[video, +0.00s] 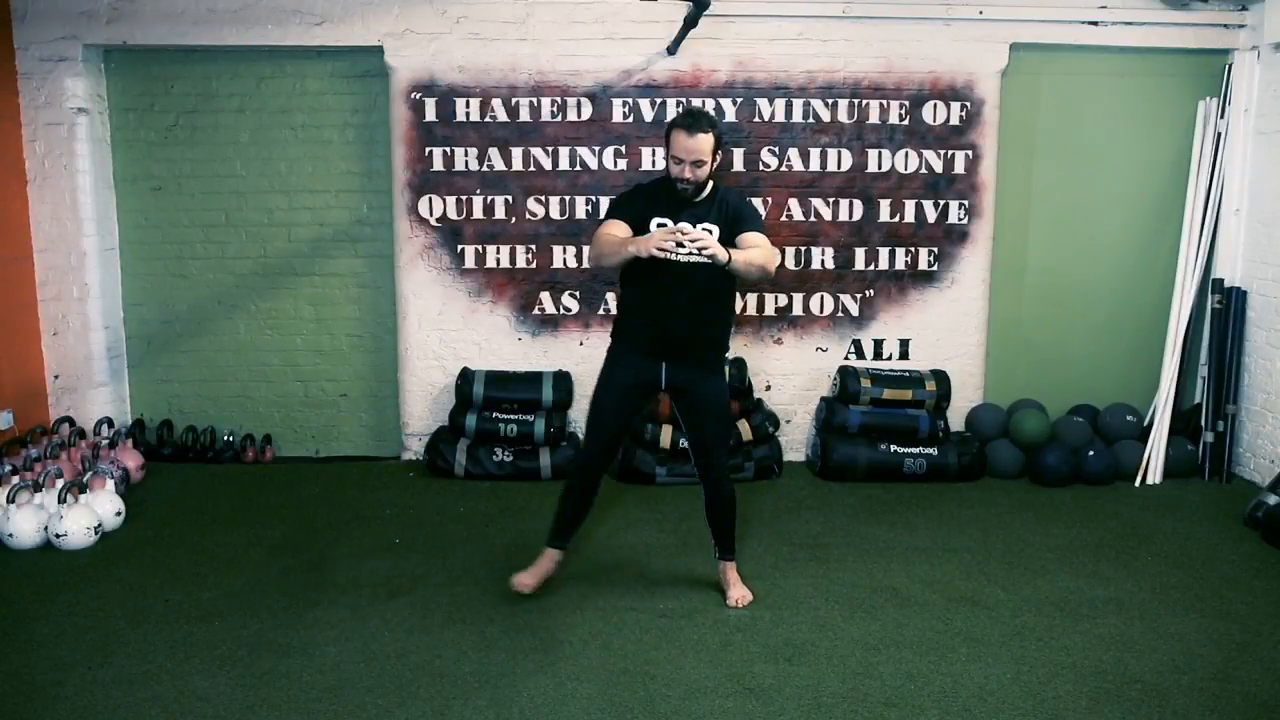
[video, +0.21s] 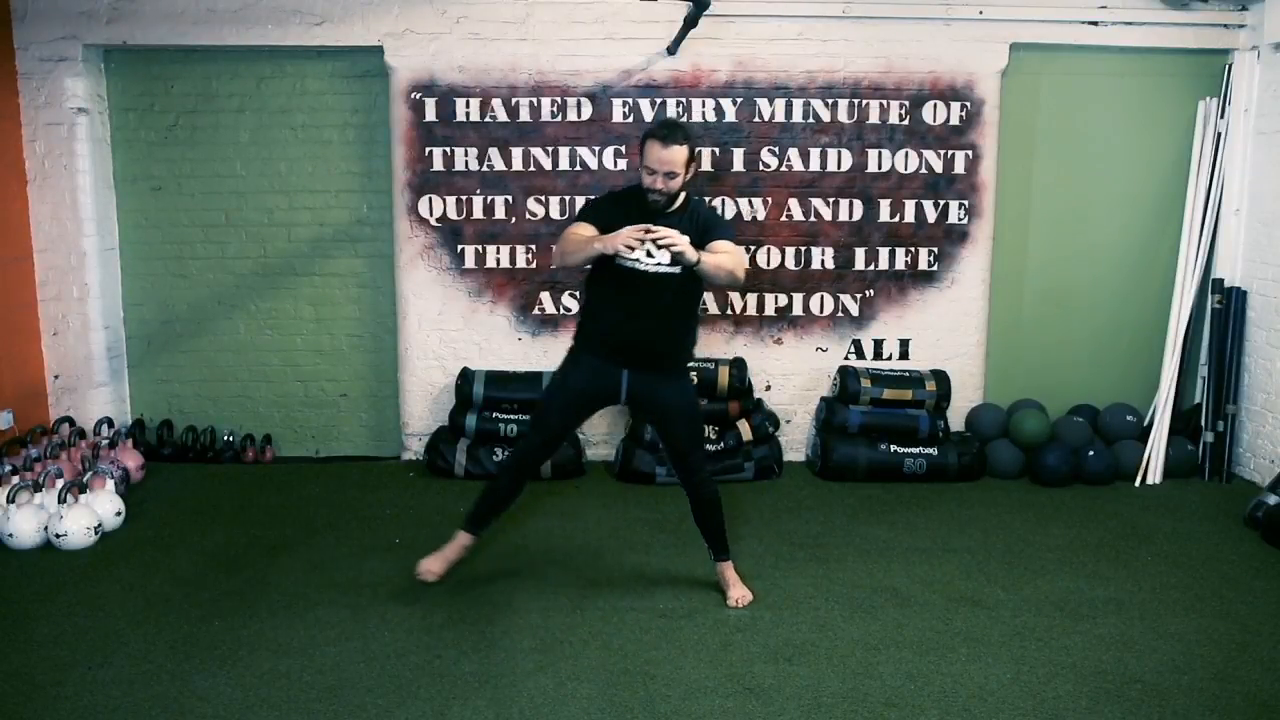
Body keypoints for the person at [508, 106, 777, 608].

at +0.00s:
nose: (686, 172)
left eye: (697, 163)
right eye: (678, 161)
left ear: (716, 159)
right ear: (666, 154)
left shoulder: (733, 207)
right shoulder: (641, 196)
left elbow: (767, 261)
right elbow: (599, 251)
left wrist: (726, 255)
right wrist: (638, 243)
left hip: (700, 357)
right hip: (633, 352)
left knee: (716, 466)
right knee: (594, 452)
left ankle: (728, 564)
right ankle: (553, 552)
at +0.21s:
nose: (658, 183)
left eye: (670, 175)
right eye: (651, 172)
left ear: (689, 170)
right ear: (640, 164)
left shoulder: (702, 219)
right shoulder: (613, 205)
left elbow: (737, 271)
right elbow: (564, 253)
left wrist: (694, 257)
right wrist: (605, 243)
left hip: (664, 369)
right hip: (595, 359)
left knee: (695, 468)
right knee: (532, 447)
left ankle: (725, 565)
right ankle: (462, 541)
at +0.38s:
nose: (605, 213)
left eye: (617, 206)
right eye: (598, 202)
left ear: (637, 199)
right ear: (588, 189)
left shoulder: (649, 240)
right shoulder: (559, 229)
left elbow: (682, 295)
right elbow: (510, 273)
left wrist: (642, 276)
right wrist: (554, 262)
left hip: (617, 389)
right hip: (545, 382)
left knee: (664, 476)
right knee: (472, 464)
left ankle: (721, 566)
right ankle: (413, 564)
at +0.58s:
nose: (512, 288)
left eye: (523, 281)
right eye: (505, 278)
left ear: (544, 270)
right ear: (494, 264)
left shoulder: (559, 306)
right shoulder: (472, 295)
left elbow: (592, 363)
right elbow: (418, 340)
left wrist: (547, 342)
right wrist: (467, 326)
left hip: (548, 432)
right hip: (474, 428)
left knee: (620, 499)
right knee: (394, 486)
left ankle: (710, 567)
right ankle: (413, 574)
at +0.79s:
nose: (451, 370)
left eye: (460, 361)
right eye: (443, 361)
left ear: (479, 347)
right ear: (429, 345)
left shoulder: (502, 372)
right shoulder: (413, 367)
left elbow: (531, 433)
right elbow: (360, 421)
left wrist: (478, 417)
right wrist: (401, 402)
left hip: (509, 470)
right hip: (443, 468)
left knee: (597, 523)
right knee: (363, 500)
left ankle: (703, 570)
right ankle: (413, 574)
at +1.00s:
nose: (423, 418)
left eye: (432, 407)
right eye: (413, 408)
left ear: (451, 388)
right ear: (400, 391)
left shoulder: (478, 409)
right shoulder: (385, 415)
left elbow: (504, 477)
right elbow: (340, 475)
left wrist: (448, 472)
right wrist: (375, 462)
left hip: (494, 497)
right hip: (431, 500)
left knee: (587, 537)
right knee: (354, 507)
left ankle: (698, 572)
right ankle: (413, 573)